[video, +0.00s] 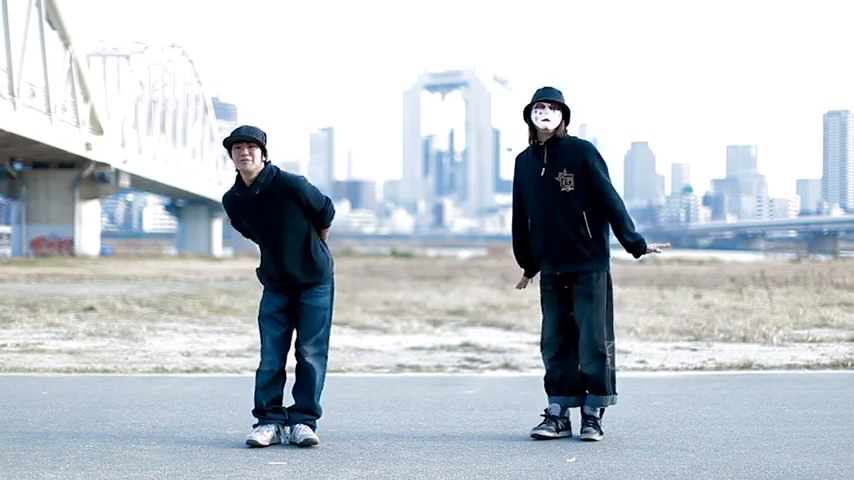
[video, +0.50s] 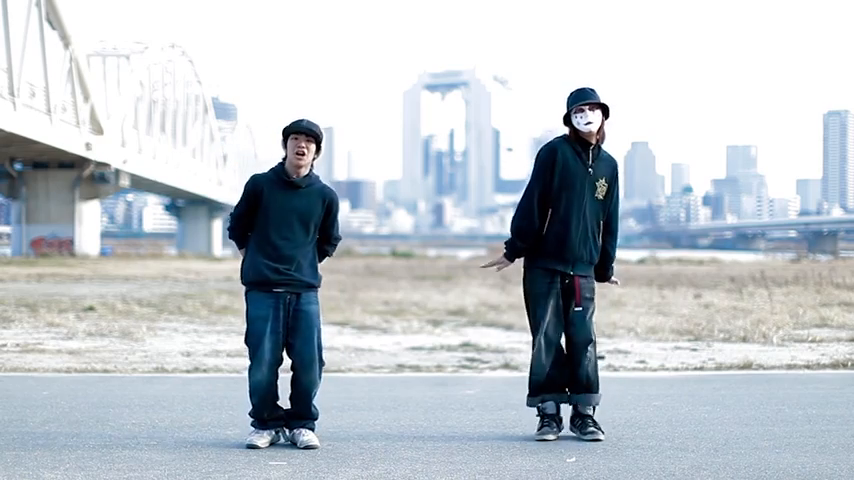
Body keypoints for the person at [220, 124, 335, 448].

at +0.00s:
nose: (244, 154)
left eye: (250, 148)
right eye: (238, 149)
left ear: (263, 153)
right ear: (231, 156)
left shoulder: (292, 184)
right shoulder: (232, 200)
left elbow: (325, 213)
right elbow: (253, 233)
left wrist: (315, 245)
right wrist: (287, 245)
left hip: (314, 279)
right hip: (275, 281)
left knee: (309, 353)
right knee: (270, 355)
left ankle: (302, 422)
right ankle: (269, 422)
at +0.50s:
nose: (302, 147)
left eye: (308, 143)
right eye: (296, 141)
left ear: (316, 151)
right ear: (285, 145)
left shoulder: (325, 195)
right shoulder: (259, 185)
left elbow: (329, 240)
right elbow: (237, 228)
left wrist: (303, 261)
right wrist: (258, 255)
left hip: (305, 288)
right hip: (263, 287)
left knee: (309, 360)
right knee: (263, 359)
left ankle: (301, 425)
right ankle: (265, 425)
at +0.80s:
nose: (330, 170)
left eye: (337, 166)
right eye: (324, 162)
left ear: (343, 175)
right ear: (311, 166)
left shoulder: (339, 214)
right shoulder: (278, 200)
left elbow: (312, 240)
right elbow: (241, 224)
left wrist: (279, 253)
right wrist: (253, 255)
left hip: (297, 286)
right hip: (258, 286)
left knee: (297, 355)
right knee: (258, 355)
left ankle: (298, 424)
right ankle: (265, 422)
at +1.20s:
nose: (289, 158)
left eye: (296, 153)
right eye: (284, 151)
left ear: (306, 155)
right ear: (275, 151)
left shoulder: (322, 193)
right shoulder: (256, 192)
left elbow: (336, 241)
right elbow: (246, 238)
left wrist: (309, 264)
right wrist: (268, 261)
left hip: (302, 292)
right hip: (260, 290)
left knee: (301, 363)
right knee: (254, 364)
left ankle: (302, 426)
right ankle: (266, 425)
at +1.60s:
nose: (242, 144)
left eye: (248, 137)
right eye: (236, 139)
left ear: (262, 141)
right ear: (230, 146)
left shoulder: (293, 175)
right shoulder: (236, 190)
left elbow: (326, 209)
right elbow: (254, 227)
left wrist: (315, 242)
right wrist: (284, 240)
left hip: (312, 277)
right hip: (272, 279)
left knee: (307, 353)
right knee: (267, 352)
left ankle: (303, 424)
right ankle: (267, 423)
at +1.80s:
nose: (235, 177)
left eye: (242, 170)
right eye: (229, 171)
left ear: (256, 174)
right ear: (223, 177)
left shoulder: (286, 204)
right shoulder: (229, 214)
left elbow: (326, 222)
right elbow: (260, 239)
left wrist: (315, 245)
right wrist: (293, 247)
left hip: (314, 281)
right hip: (276, 283)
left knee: (309, 353)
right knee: (273, 353)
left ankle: (304, 424)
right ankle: (269, 423)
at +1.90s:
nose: (251, 155)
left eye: (257, 149)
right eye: (244, 149)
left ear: (269, 152)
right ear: (236, 154)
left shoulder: (297, 185)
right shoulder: (233, 195)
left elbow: (326, 208)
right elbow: (244, 226)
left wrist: (312, 237)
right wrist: (274, 238)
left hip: (310, 281)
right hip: (269, 282)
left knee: (306, 355)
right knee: (265, 355)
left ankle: (302, 424)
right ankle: (267, 424)